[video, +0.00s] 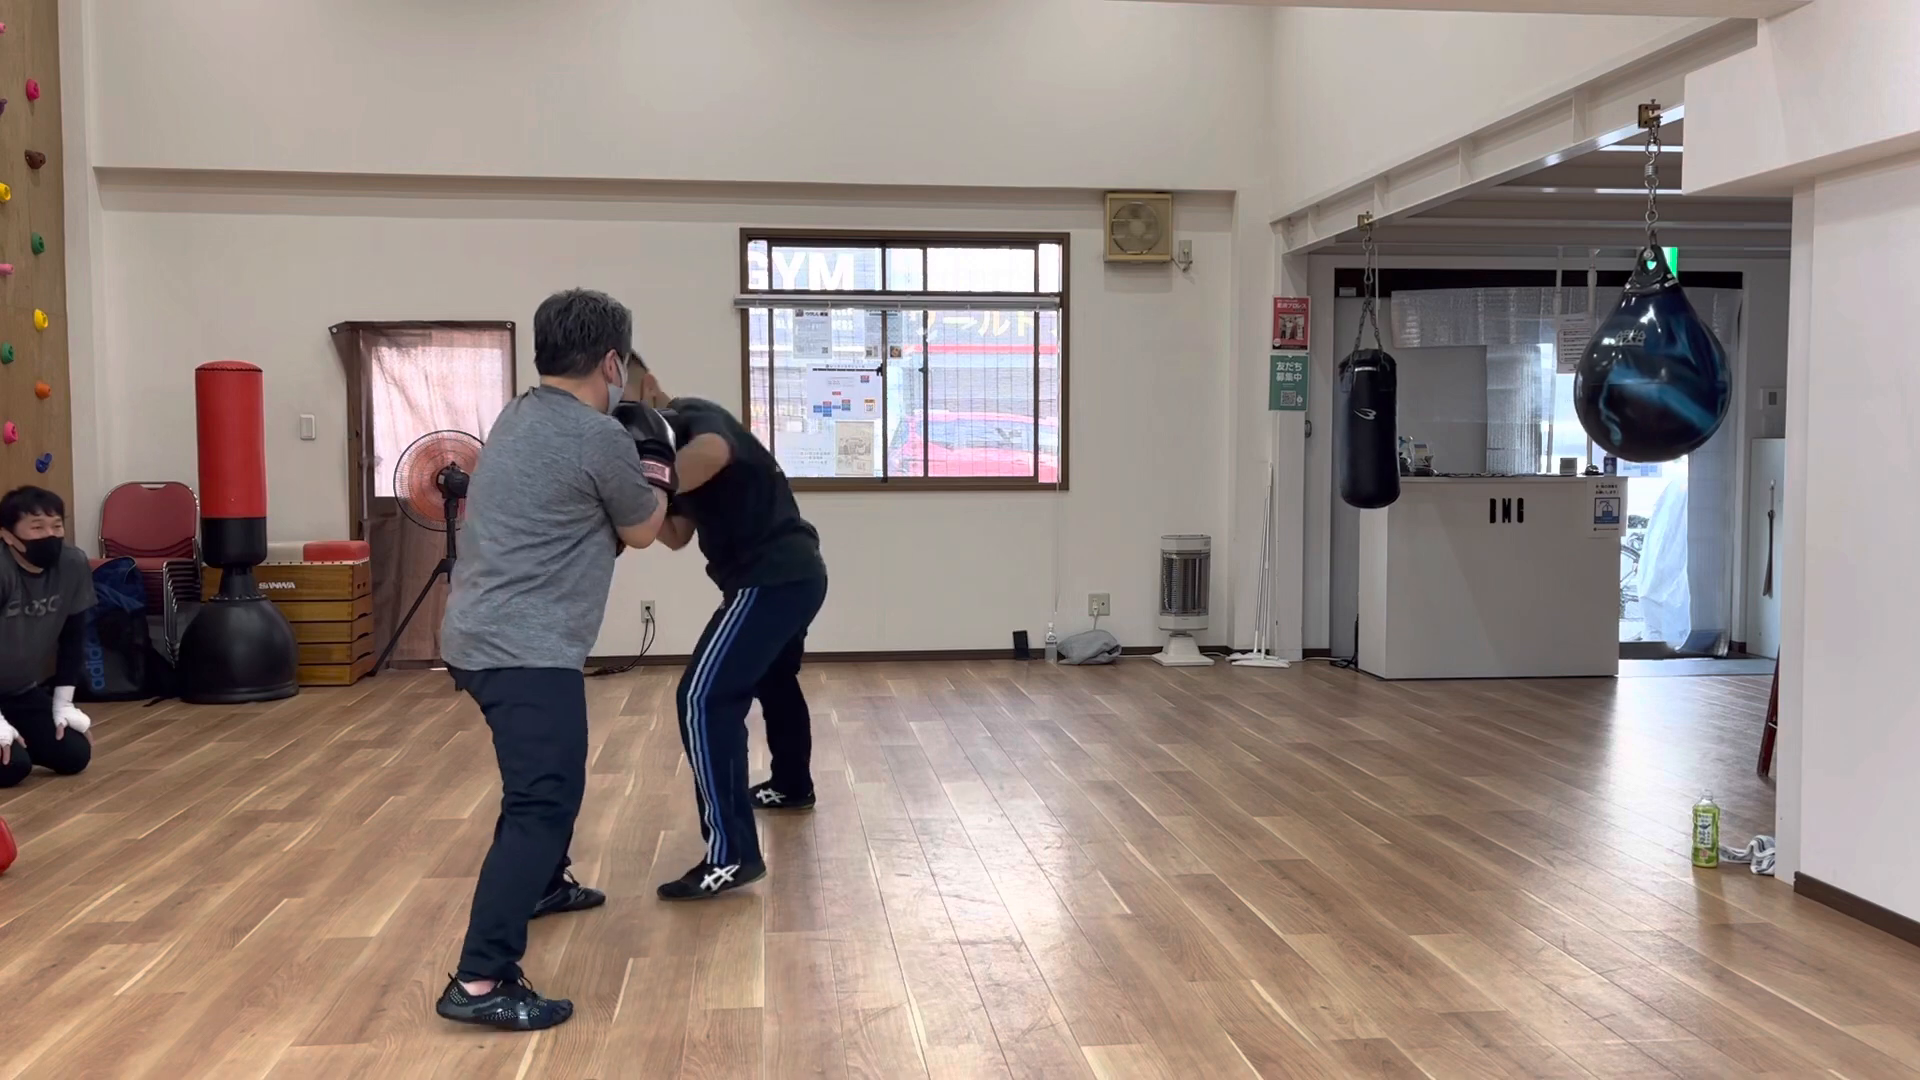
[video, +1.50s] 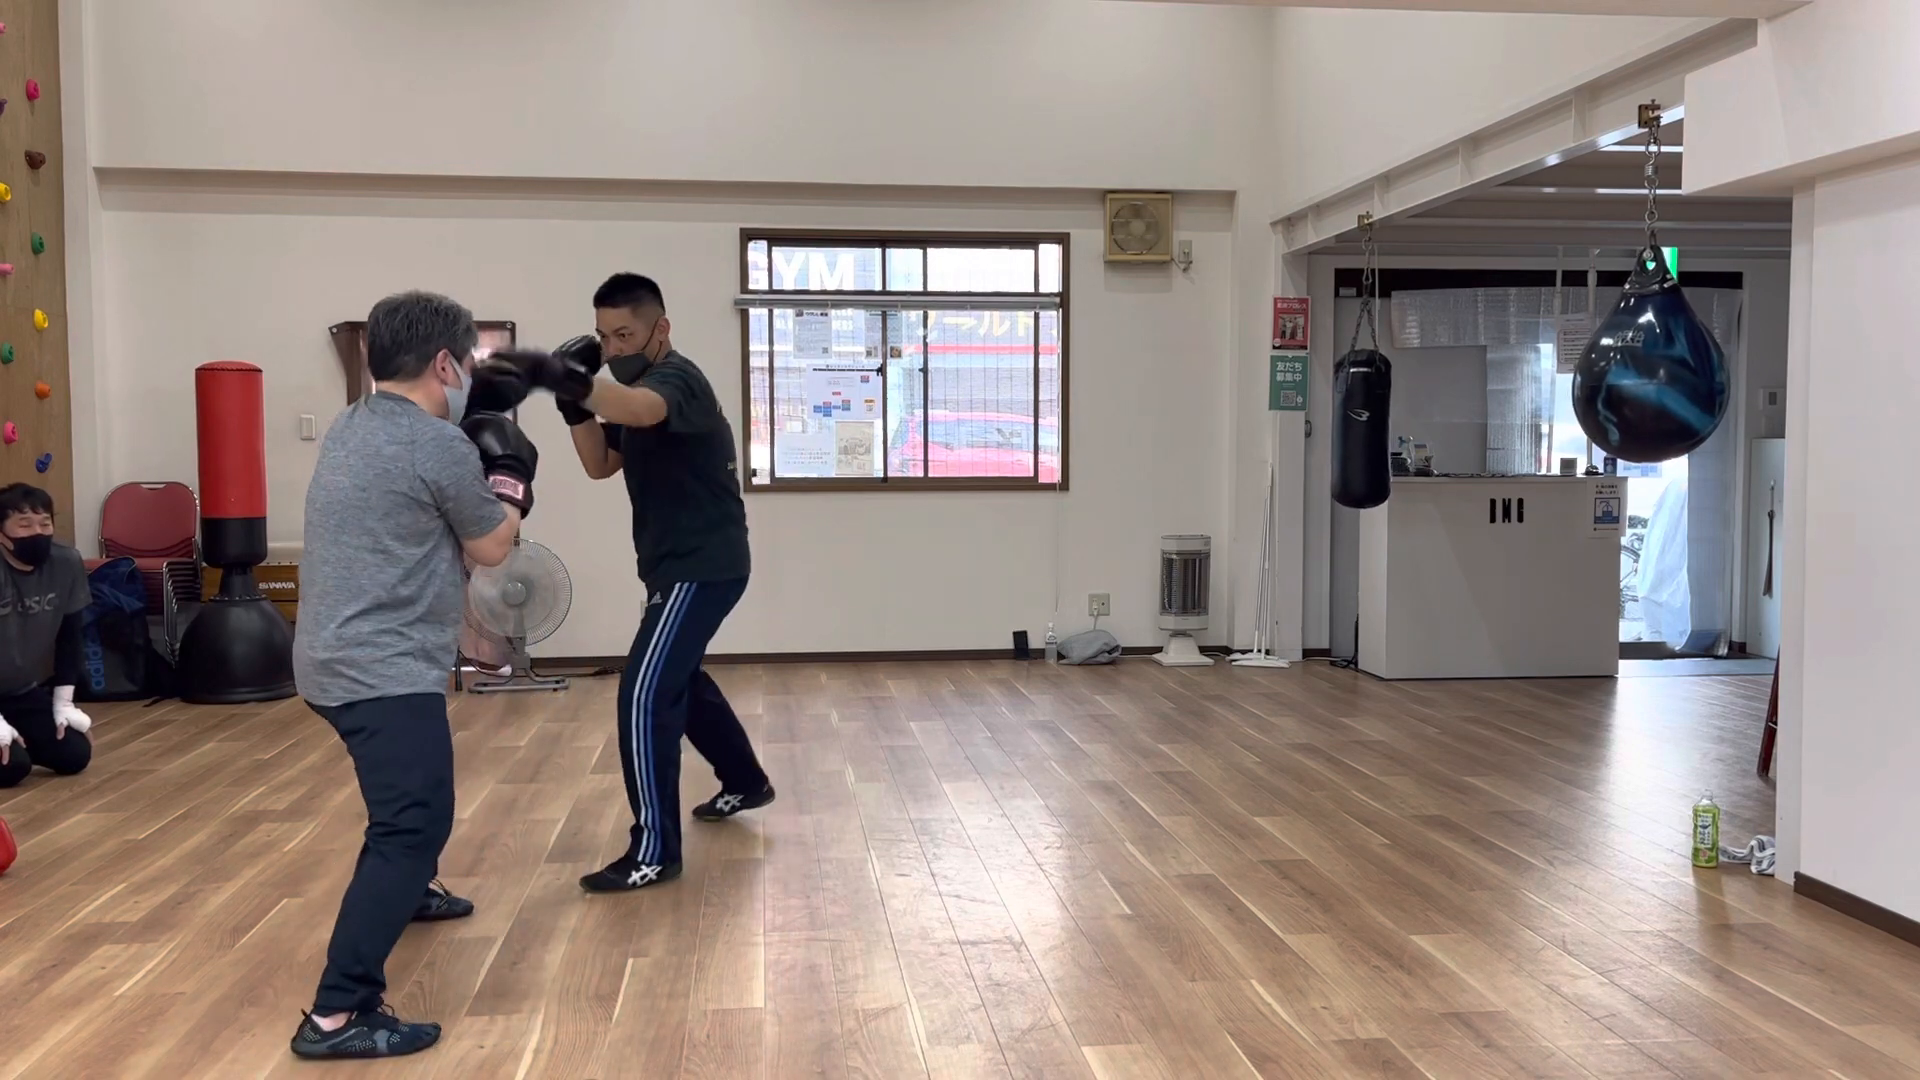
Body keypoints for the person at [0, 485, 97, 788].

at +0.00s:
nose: (50, 535)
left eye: (56, 525)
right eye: (37, 528)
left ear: (64, 527)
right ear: (8, 536)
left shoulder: (73, 564)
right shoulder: (2, 571)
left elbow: (73, 638)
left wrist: (63, 702)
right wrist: (0, 720)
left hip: (28, 691)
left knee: (74, 756)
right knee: (12, 766)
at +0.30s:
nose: (48, 535)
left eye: (54, 525)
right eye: (35, 527)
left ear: (62, 527)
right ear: (7, 536)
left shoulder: (71, 564)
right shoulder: (3, 571)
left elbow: (72, 637)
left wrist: (63, 702)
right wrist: (1, 720)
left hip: (27, 691)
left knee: (74, 756)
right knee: (13, 767)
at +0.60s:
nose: (45, 534)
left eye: (51, 524)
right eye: (31, 526)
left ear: (59, 527)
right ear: (6, 537)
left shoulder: (69, 563)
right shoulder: (2, 571)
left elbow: (71, 637)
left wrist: (63, 702)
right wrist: (0, 721)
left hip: (28, 692)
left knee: (74, 756)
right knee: (13, 767)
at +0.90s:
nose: (41, 534)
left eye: (48, 524)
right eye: (28, 526)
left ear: (57, 526)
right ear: (5, 536)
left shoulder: (67, 563)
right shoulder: (4, 571)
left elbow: (70, 637)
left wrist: (62, 702)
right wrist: (1, 722)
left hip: (29, 692)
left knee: (74, 757)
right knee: (13, 767)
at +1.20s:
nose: (41, 534)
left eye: (47, 524)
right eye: (28, 526)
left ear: (56, 526)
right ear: (5, 536)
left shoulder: (67, 563)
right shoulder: (3, 571)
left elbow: (70, 637)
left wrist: (63, 702)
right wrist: (1, 722)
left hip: (29, 692)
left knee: (74, 757)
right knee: (13, 767)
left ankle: (15, 732)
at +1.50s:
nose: (38, 533)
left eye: (45, 524)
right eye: (25, 525)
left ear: (53, 526)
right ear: (2, 532)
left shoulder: (66, 563)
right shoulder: (3, 571)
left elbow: (70, 637)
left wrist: (63, 701)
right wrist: (1, 722)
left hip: (30, 692)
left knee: (74, 756)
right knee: (13, 767)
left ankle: (14, 734)